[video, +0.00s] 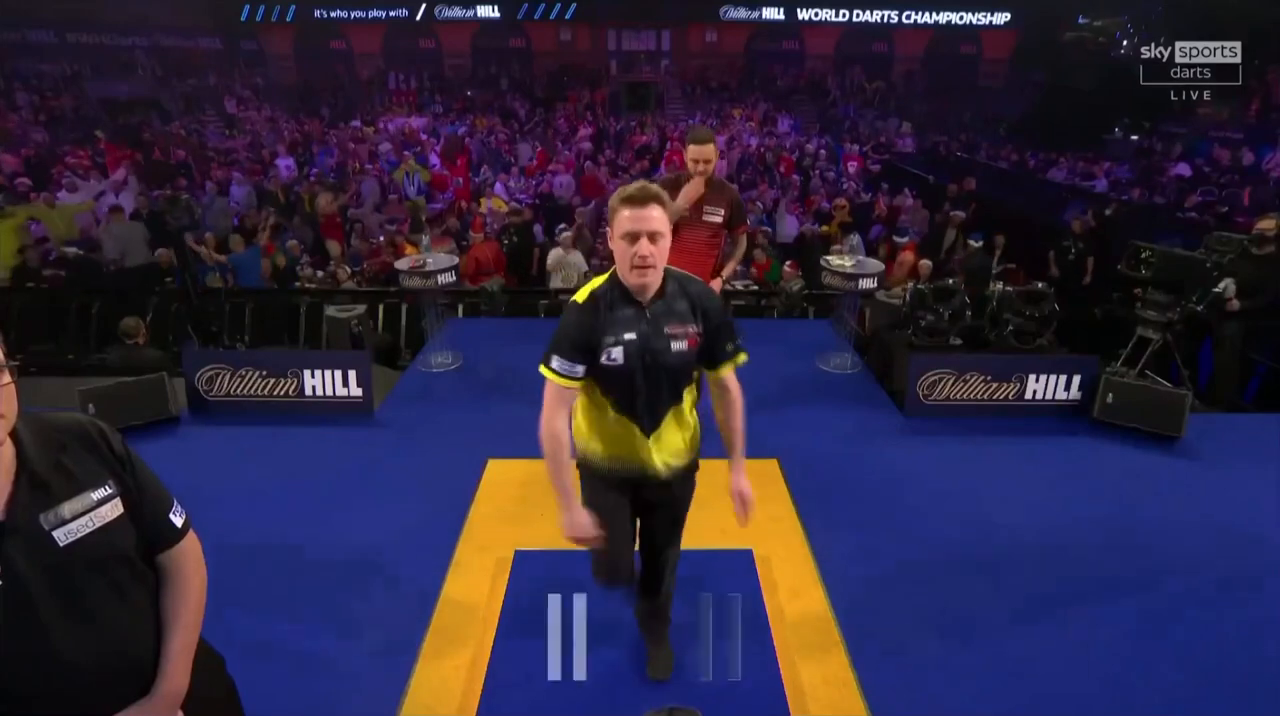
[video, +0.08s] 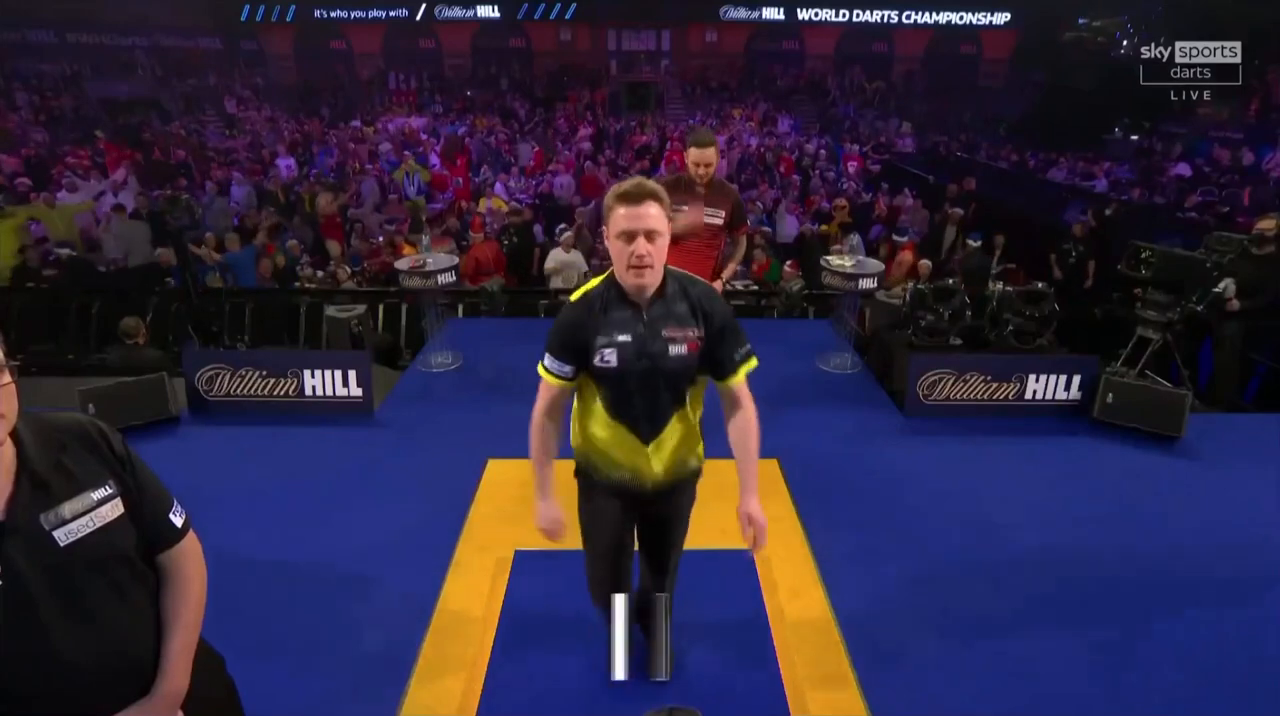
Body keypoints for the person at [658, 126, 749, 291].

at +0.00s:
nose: (700, 168)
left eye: (707, 162)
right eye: (695, 161)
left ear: (717, 157)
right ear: (685, 155)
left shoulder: (729, 195)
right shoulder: (667, 186)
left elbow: (741, 242)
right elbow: (652, 229)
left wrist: (721, 278)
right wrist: (680, 204)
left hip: (703, 289)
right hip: (665, 282)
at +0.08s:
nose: (701, 172)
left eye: (708, 165)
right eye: (696, 165)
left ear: (718, 159)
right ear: (686, 158)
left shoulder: (729, 197)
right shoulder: (667, 189)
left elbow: (741, 243)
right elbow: (648, 228)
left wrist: (722, 280)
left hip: (704, 288)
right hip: (666, 282)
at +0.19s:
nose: (702, 175)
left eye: (708, 169)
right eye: (696, 169)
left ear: (718, 162)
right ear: (686, 160)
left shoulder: (730, 201)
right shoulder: (665, 192)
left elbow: (739, 244)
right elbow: (649, 232)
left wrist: (721, 283)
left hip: (706, 293)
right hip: (665, 287)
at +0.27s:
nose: (701, 179)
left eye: (708, 173)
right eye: (695, 172)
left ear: (717, 165)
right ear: (685, 163)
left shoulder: (731, 203)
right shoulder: (664, 196)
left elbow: (738, 247)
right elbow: (649, 236)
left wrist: (721, 284)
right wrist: (653, 276)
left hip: (706, 299)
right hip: (666, 293)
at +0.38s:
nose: (697, 186)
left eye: (704, 180)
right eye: (691, 179)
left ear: (713, 173)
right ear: (680, 171)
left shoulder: (729, 206)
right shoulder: (658, 202)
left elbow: (735, 250)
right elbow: (643, 247)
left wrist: (720, 288)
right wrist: (648, 286)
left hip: (703, 311)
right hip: (665, 307)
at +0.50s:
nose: (690, 192)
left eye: (697, 185)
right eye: (684, 185)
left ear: (708, 177)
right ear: (673, 176)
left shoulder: (724, 210)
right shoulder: (651, 206)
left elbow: (732, 253)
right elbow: (633, 249)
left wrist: (717, 292)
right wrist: (644, 289)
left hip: (700, 315)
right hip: (660, 313)